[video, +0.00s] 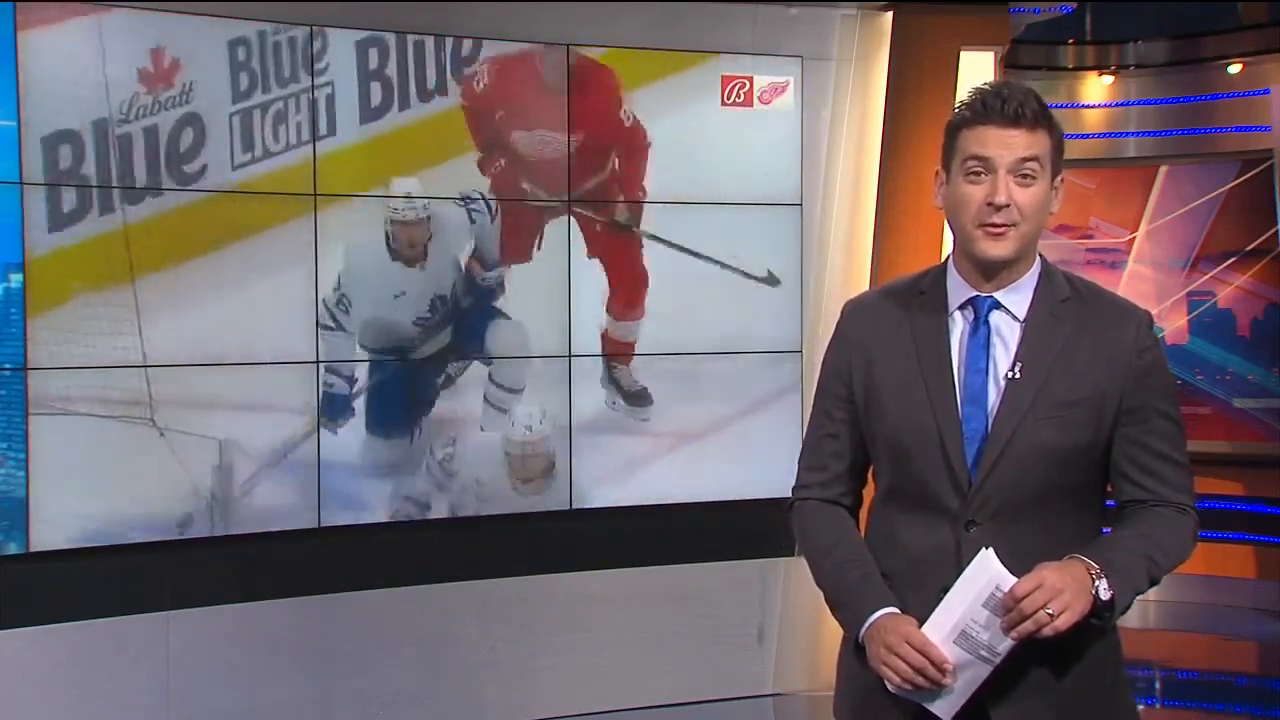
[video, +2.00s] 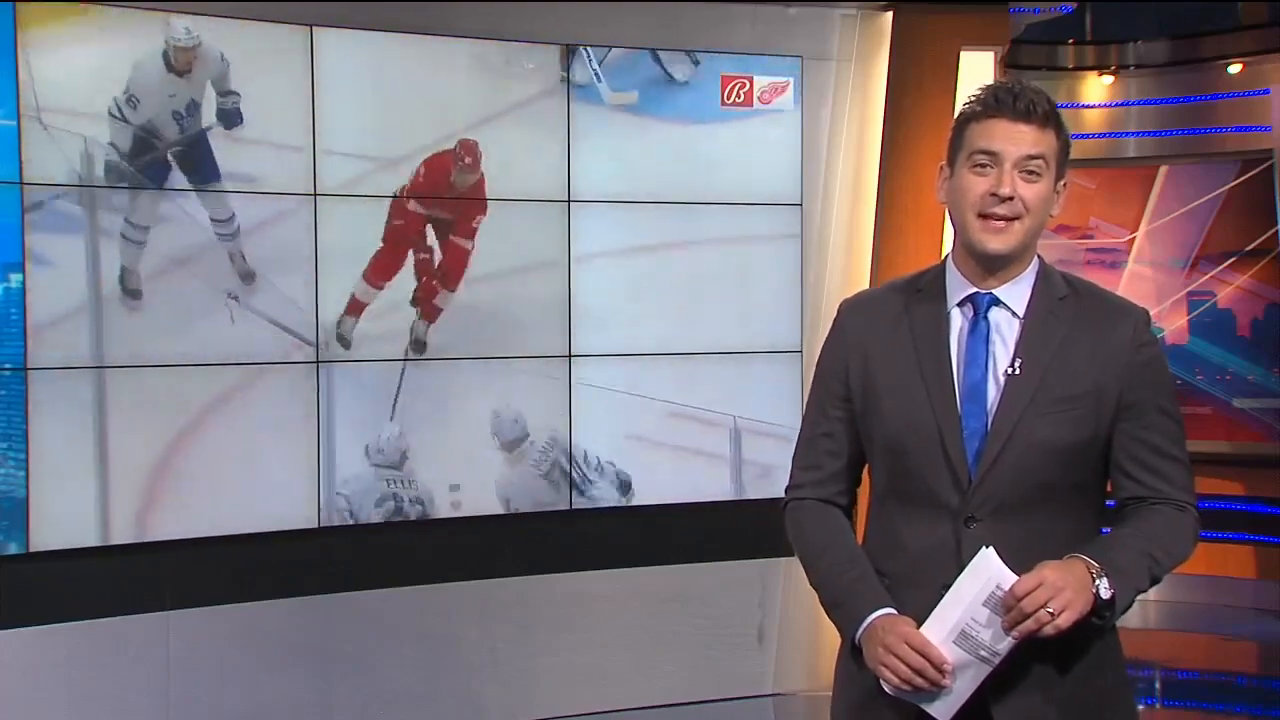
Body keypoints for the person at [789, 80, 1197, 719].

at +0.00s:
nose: (999, 196)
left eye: (1024, 176)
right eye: (976, 173)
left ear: (1053, 196)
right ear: (942, 190)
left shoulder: (1120, 336)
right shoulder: (869, 326)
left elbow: (1164, 510)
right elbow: (820, 497)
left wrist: (1094, 573)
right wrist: (873, 617)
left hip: (1056, 689)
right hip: (895, 685)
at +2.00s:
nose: (1003, 189)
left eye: (1029, 172)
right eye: (982, 165)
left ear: (1056, 196)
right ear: (945, 183)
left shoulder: (1118, 335)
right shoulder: (865, 325)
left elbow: (1166, 509)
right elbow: (813, 498)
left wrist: (1094, 572)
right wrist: (869, 619)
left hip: (1056, 692)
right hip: (892, 688)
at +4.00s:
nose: (1001, 192)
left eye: (1027, 174)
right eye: (980, 167)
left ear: (1055, 196)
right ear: (945, 184)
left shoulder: (1119, 336)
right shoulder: (865, 327)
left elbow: (1166, 509)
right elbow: (815, 500)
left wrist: (1096, 572)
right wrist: (871, 619)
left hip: (1056, 691)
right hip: (892, 687)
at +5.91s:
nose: (1003, 192)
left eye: (1030, 175)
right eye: (983, 167)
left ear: (1056, 198)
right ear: (946, 183)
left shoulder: (1119, 337)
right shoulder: (865, 328)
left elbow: (1159, 510)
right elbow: (816, 498)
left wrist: (1096, 567)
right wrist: (869, 609)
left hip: (1054, 692)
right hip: (891, 688)